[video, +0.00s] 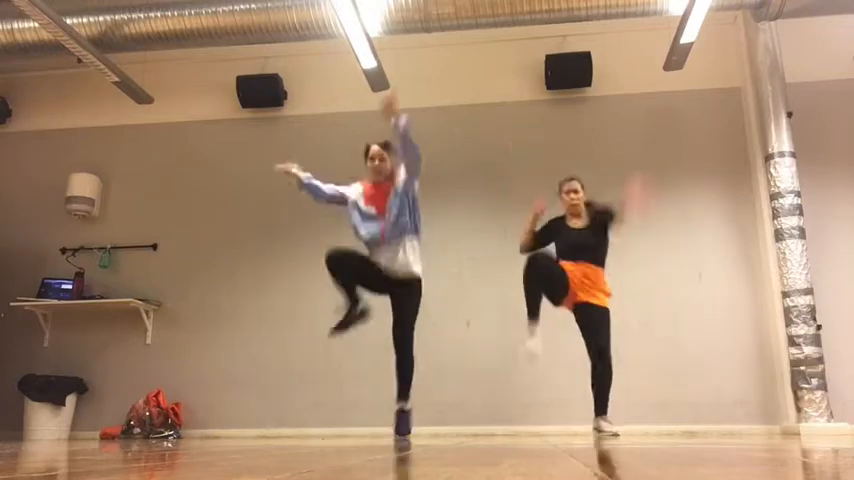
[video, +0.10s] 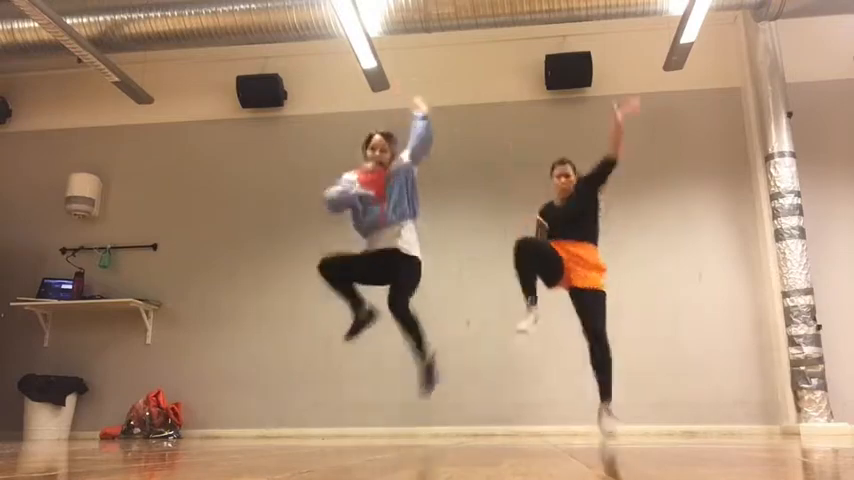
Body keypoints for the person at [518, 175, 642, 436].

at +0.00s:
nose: (573, 196)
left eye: (576, 191)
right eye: (568, 192)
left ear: (584, 195)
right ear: (561, 198)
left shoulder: (599, 216)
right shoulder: (557, 225)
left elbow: (620, 216)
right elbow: (526, 247)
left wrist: (631, 200)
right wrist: (534, 219)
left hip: (592, 292)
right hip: (563, 285)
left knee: (601, 355)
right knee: (536, 261)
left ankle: (601, 418)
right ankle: (533, 329)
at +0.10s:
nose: (563, 179)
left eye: (567, 175)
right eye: (559, 176)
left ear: (575, 177)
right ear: (552, 181)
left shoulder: (587, 188)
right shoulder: (547, 211)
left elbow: (611, 160)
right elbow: (541, 246)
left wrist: (618, 123)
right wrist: (534, 250)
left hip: (586, 269)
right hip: (557, 265)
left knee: (597, 336)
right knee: (524, 247)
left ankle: (606, 406)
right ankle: (531, 307)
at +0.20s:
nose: (562, 174)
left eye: (567, 170)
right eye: (557, 170)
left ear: (575, 173)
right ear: (550, 174)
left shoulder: (586, 186)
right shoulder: (541, 197)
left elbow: (618, 166)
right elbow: (525, 229)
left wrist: (612, 132)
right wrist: (530, 214)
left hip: (582, 258)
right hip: (550, 258)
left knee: (608, 297)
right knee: (510, 276)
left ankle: (603, 354)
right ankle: (524, 335)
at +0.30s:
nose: (563, 181)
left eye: (567, 176)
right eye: (559, 177)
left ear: (576, 179)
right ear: (551, 180)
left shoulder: (585, 204)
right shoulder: (543, 197)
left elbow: (615, 213)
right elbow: (518, 189)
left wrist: (610, 186)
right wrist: (498, 175)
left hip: (573, 269)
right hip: (543, 271)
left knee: (605, 254)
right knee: (519, 315)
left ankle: (604, 314)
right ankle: (517, 389)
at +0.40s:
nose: (561, 197)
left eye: (565, 193)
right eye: (556, 193)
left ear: (573, 199)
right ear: (548, 198)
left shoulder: (579, 232)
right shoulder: (538, 214)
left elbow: (595, 266)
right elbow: (515, 189)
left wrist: (611, 247)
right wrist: (518, 159)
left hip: (568, 289)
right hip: (540, 294)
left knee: (598, 265)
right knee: (535, 357)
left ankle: (606, 321)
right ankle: (525, 418)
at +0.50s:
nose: (555, 201)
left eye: (559, 197)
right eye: (550, 197)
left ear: (566, 200)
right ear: (543, 202)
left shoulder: (575, 231)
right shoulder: (533, 220)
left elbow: (598, 264)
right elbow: (514, 186)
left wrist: (606, 255)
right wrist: (550, 168)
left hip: (570, 292)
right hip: (539, 296)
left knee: (607, 318)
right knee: (535, 358)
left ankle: (618, 387)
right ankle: (524, 419)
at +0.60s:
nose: (546, 206)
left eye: (549, 200)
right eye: (542, 203)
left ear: (562, 196)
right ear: (539, 206)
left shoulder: (584, 219)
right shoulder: (542, 221)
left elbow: (603, 207)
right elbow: (519, 188)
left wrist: (573, 186)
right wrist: (544, 167)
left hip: (578, 291)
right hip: (544, 290)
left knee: (597, 350)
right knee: (524, 349)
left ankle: (615, 417)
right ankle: (516, 411)